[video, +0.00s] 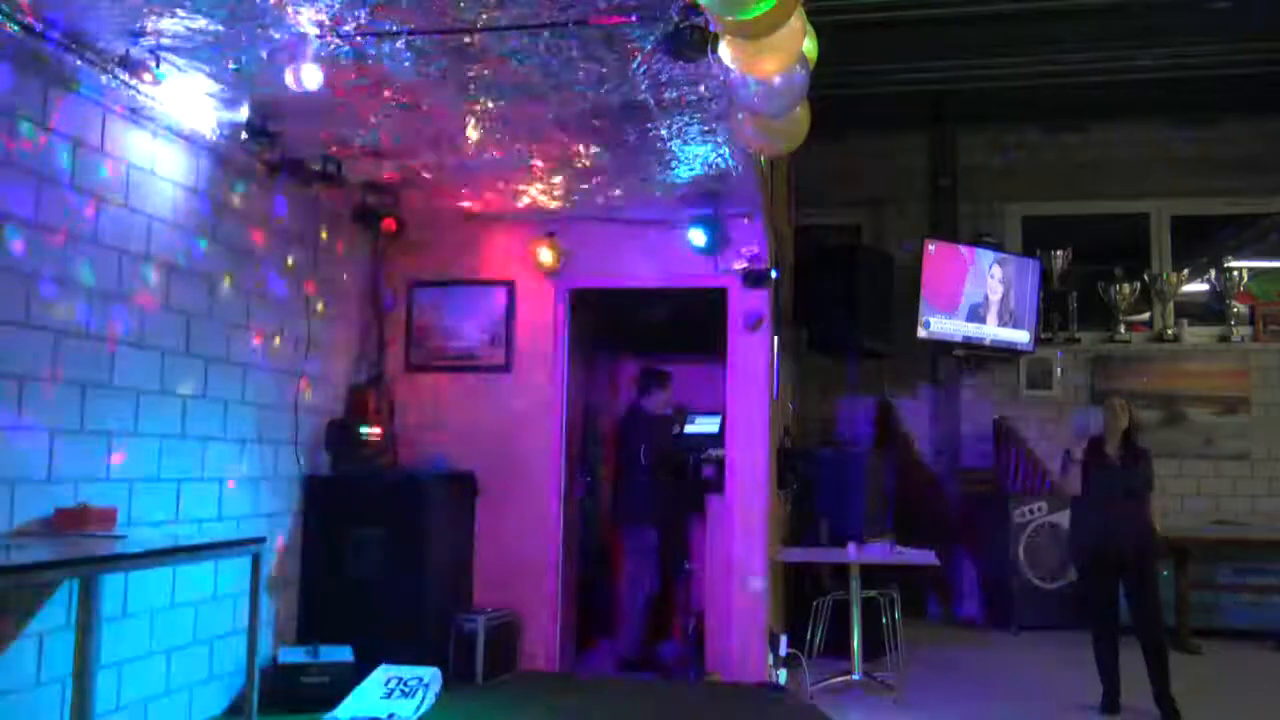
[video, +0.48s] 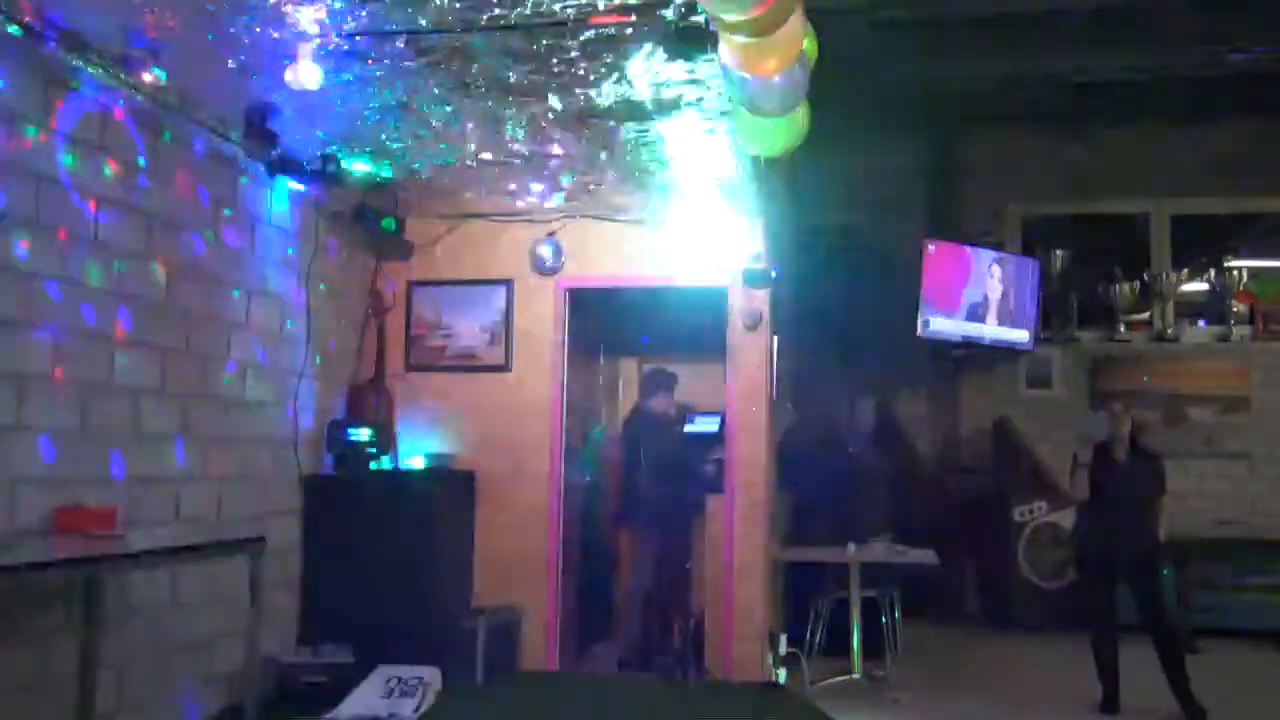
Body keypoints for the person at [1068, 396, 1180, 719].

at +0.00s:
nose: (1115, 417)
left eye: (1121, 412)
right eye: (1110, 411)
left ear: (1129, 419)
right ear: (1102, 418)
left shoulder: (1139, 455)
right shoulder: (1089, 452)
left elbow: (1148, 501)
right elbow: (1075, 494)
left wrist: (1156, 541)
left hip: (1136, 550)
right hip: (1097, 552)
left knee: (1150, 627)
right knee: (1104, 626)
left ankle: (1164, 699)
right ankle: (1110, 695)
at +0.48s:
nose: (1120, 426)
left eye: (1125, 420)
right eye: (1115, 420)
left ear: (1133, 425)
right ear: (1106, 424)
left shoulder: (1150, 461)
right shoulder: (1093, 457)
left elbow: (1159, 506)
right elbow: (1078, 495)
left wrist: (1158, 543)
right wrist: (1080, 461)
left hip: (1140, 552)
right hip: (1099, 552)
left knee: (1160, 625)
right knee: (1103, 626)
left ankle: (1185, 698)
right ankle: (1109, 695)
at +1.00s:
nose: (1145, 419)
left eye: (1152, 413)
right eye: (1141, 413)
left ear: (1167, 418)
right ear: (1136, 419)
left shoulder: (1190, 455)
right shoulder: (1132, 450)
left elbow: (1204, 503)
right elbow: (1133, 494)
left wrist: (1203, 533)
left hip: (1184, 550)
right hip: (1139, 549)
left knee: (1193, 629)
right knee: (1130, 624)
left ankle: (1198, 703)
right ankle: (1113, 696)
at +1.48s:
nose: (1164, 421)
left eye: (1169, 415)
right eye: (1158, 415)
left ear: (1177, 421)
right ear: (1149, 420)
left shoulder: (1194, 452)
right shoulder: (1139, 455)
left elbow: (1226, 464)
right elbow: (1140, 503)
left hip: (1200, 551)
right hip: (1157, 551)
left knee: (1202, 629)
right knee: (1140, 622)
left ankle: (1198, 702)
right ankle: (1117, 693)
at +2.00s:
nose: (1133, 415)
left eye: (1139, 409)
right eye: (1128, 409)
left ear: (1149, 415)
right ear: (1117, 414)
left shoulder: (1165, 454)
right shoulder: (1101, 453)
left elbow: (1190, 486)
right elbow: (1098, 493)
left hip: (1160, 548)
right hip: (1116, 549)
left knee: (1176, 626)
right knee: (1112, 624)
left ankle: (1192, 703)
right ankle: (1107, 697)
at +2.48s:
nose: (1116, 422)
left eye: (1119, 417)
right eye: (1109, 417)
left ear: (1125, 423)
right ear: (1098, 423)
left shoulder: (1131, 453)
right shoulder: (1085, 453)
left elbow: (1150, 475)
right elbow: (1093, 496)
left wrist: (1128, 450)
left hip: (1131, 547)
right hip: (1093, 549)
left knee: (1151, 619)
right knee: (1098, 625)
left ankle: (1163, 689)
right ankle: (1106, 697)